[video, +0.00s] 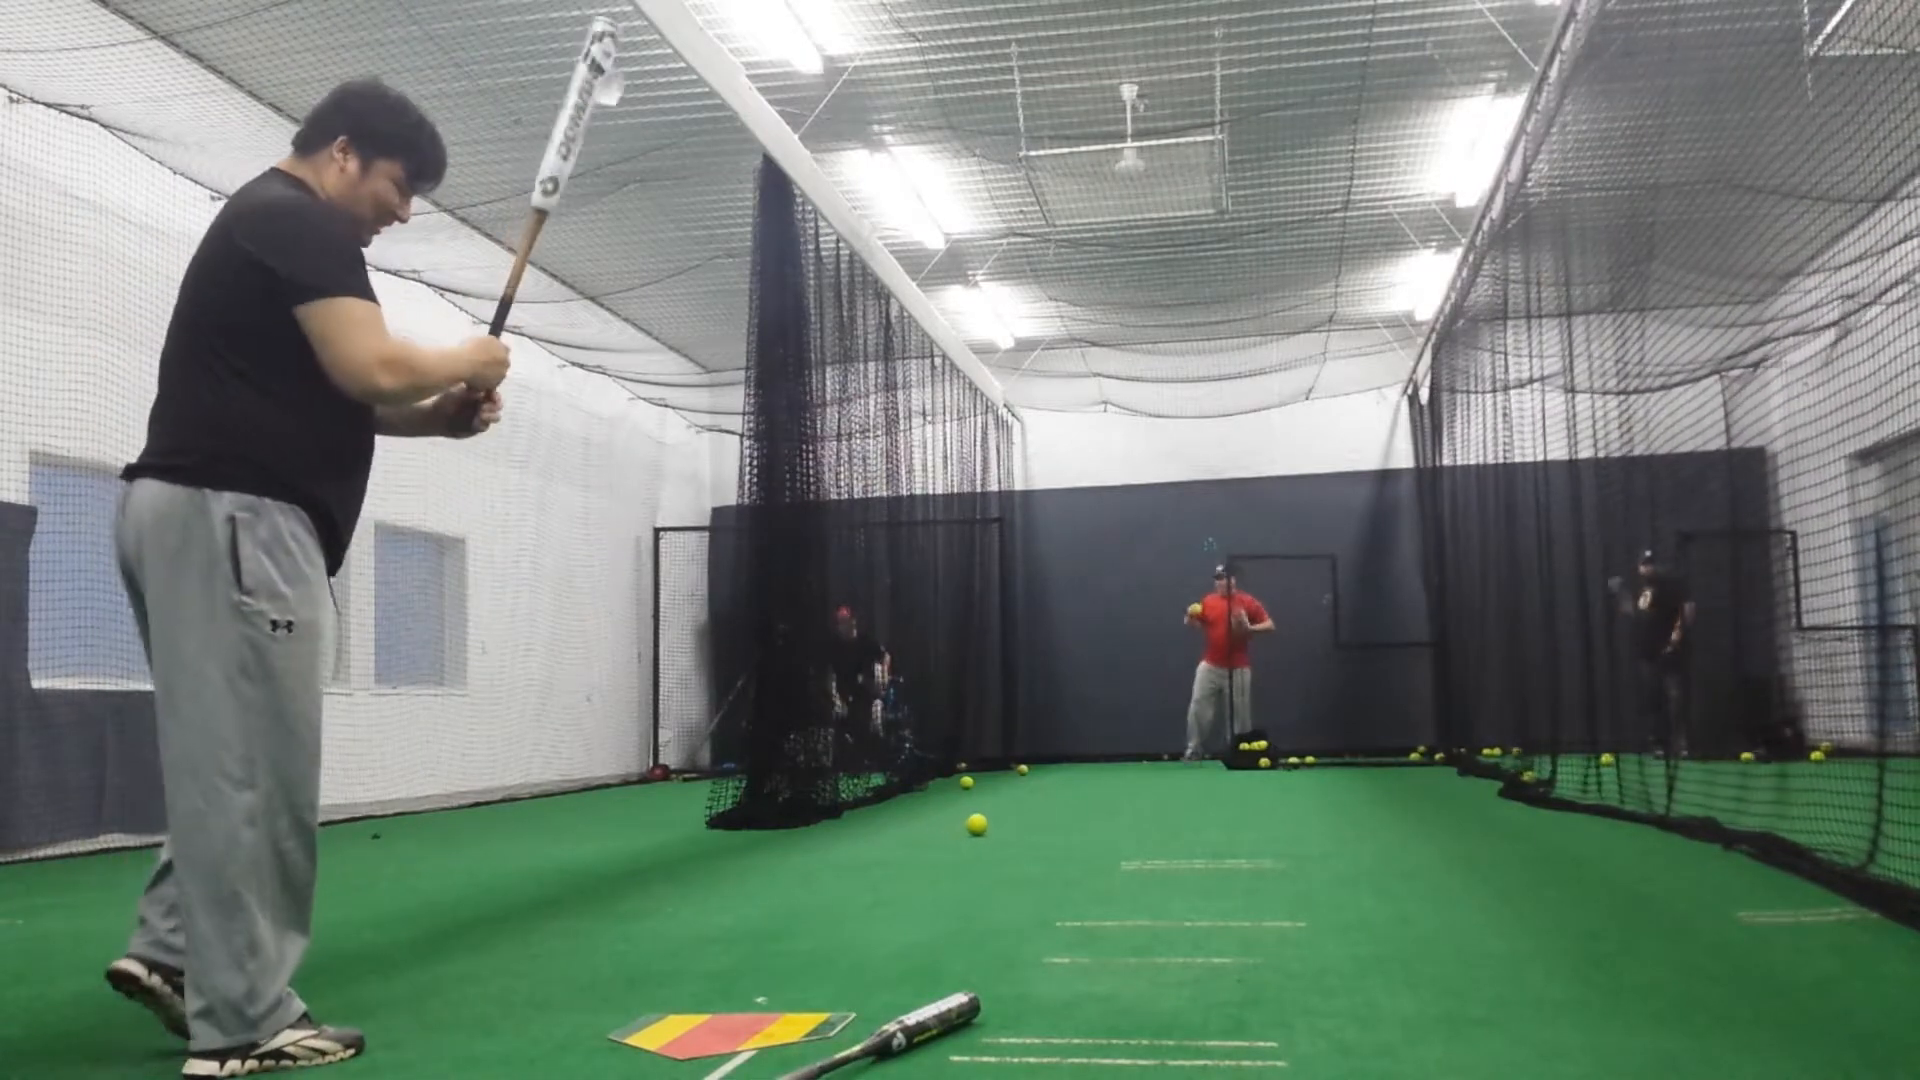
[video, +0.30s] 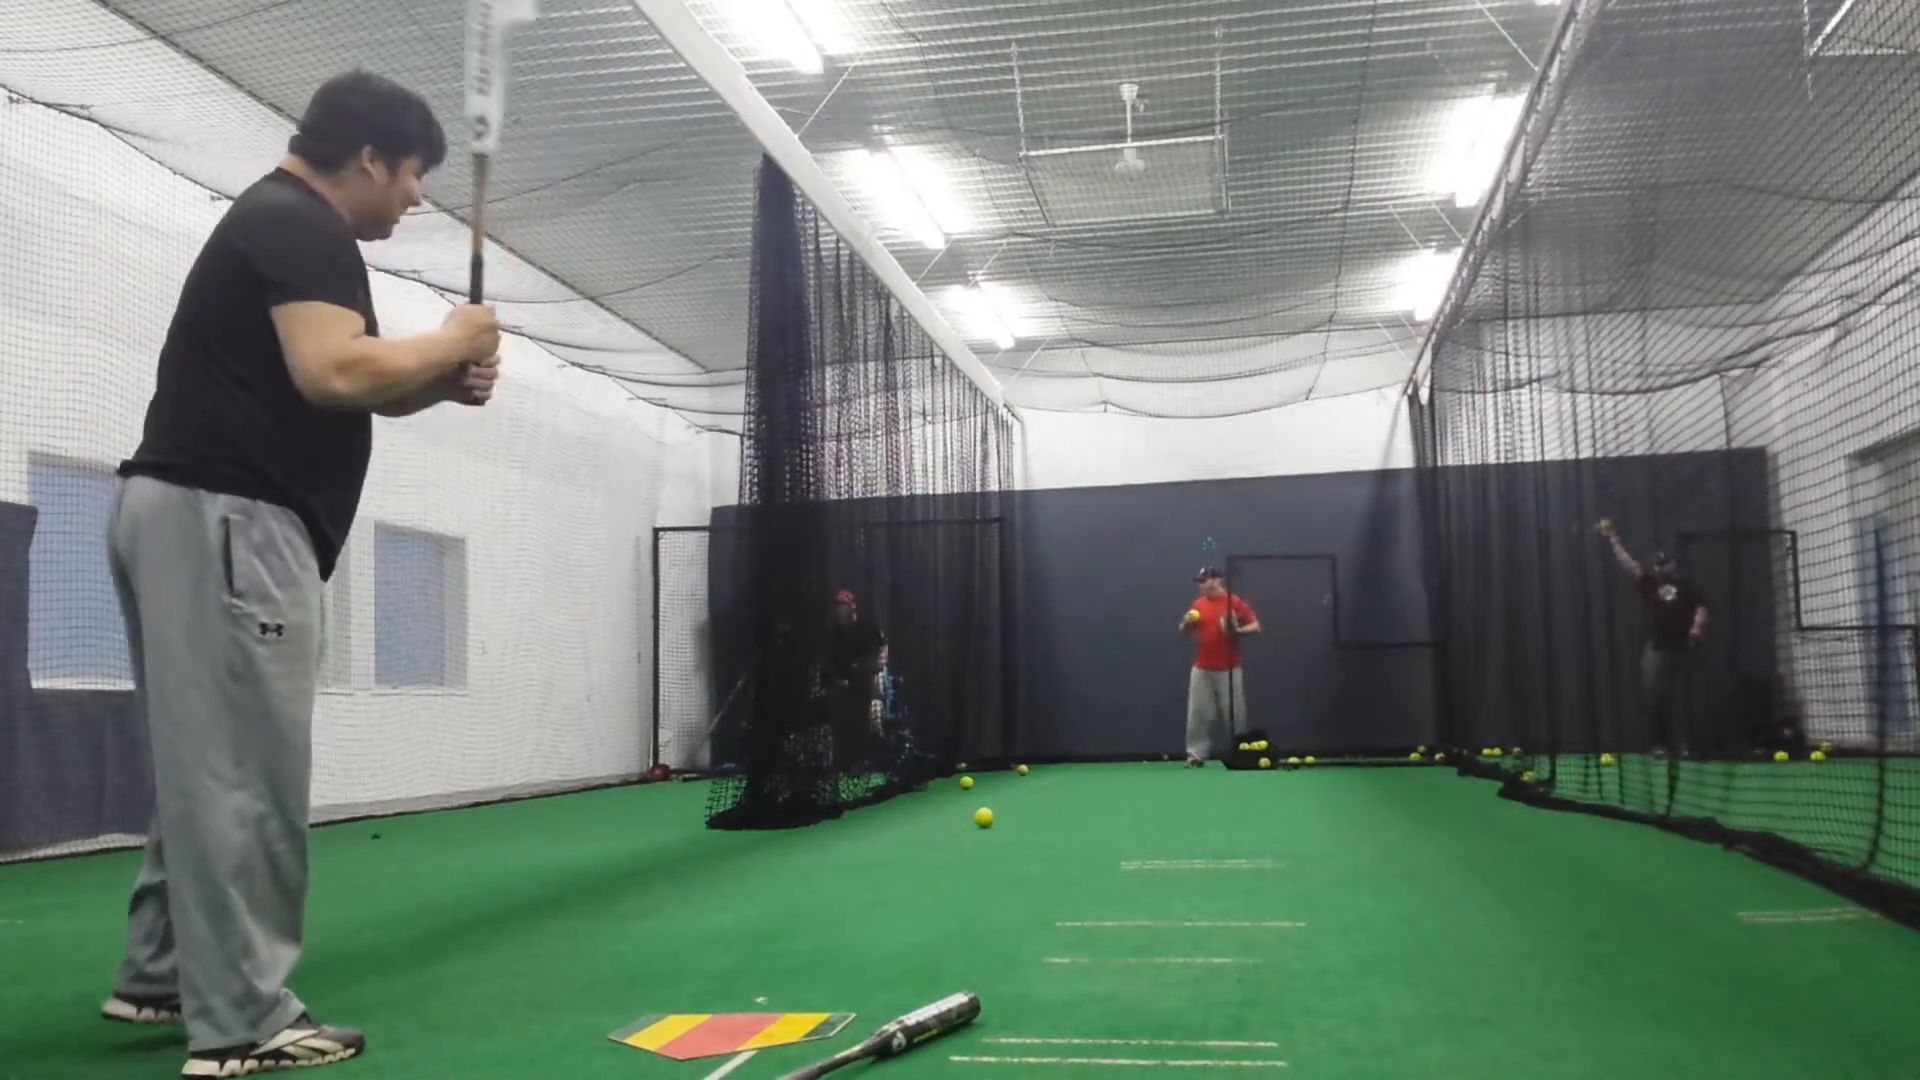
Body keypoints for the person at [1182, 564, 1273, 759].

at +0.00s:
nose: (1219, 583)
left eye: (1223, 578)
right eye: (1217, 578)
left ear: (1233, 580)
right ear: (1215, 581)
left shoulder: (1246, 601)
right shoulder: (1209, 601)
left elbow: (1269, 624)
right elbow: (1198, 624)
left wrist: (1249, 627)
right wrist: (1191, 618)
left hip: (1238, 666)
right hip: (1212, 664)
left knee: (1240, 709)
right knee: (1199, 706)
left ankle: (1241, 750)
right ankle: (1194, 748)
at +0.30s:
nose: (1201, 585)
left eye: (1204, 581)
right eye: (1200, 582)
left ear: (1216, 581)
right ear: (1202, 584)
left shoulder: (1234, 603)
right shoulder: (1198, 604)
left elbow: (1256, 626)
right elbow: (1183, 631)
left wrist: (1237, 630)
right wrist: (1187, 623)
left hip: (1229, 666)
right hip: (1203, 666)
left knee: (1235, 711)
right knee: (1198, 711)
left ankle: (1239, 752)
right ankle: (1196, 752)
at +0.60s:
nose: (1190, 586)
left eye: (1194, 582)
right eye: (1189, 582)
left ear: (1206, 583)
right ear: (1188, 585)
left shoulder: (1221, 605)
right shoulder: (1184, 606)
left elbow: (1237, 629)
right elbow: (1173, 635)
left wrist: (1223, 632)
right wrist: (1174, 629)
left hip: (1217, 667)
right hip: (1191, 667)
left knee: (1221, 711)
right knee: (1190, 710)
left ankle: (1228, 752)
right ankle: (1192, 754)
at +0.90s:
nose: (1185, 582)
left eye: (1189, 578)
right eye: (1182, 579)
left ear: (1198, 580)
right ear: (1178, 583)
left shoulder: (1213, 601)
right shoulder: (1174, 605)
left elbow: (1232, 622)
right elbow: (1158, 632)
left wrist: (1217, 626)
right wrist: (1165, 627)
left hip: (1213, 665)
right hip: (1186, 668)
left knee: (1223, 709)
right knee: (1188, 713)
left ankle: (1233, 751)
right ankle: (1193, 755)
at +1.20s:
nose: (1188, 583)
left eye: (1191, 579)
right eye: (1184, 580)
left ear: (1197, 582)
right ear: (1180, 584)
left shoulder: (1212, 603)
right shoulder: (1173, 607)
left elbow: (1226, 626)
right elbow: (1163, 638)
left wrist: (1217, 628)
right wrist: (1169, 630)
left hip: (1213, 665)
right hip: (1187, 667)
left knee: (1220, 709)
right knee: (1189, 712)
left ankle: (1223, 752)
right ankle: (1193, 755)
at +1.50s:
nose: (1199, 582)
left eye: (1202, 578)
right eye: (1196, 579)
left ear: (1208, 581)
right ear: (1191, 583)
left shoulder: (1222, 602)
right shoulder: (1182, 605)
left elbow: (1238, 626)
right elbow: (1164, 631)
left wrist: (1227, 626)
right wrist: (1175, 625)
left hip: (1217, 664)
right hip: (1191, 665)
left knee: (1223, 707)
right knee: (1191, 710)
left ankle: (1232, 751)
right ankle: (1193, 754)